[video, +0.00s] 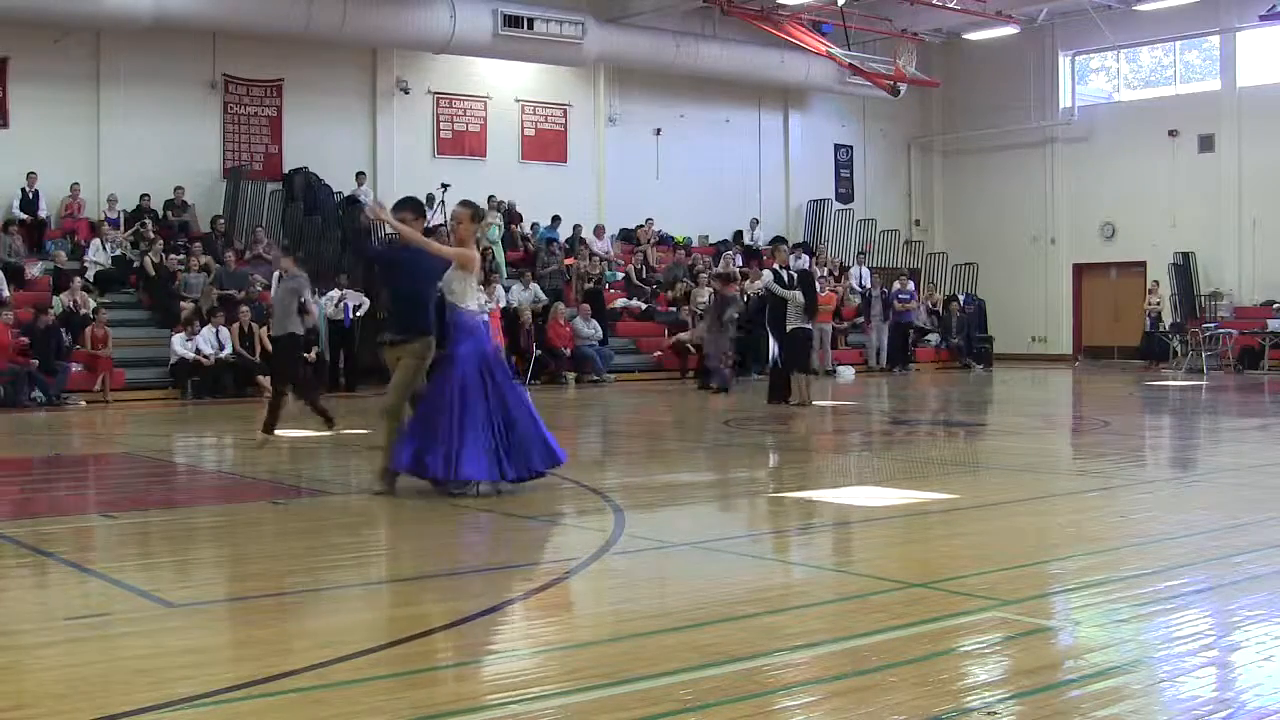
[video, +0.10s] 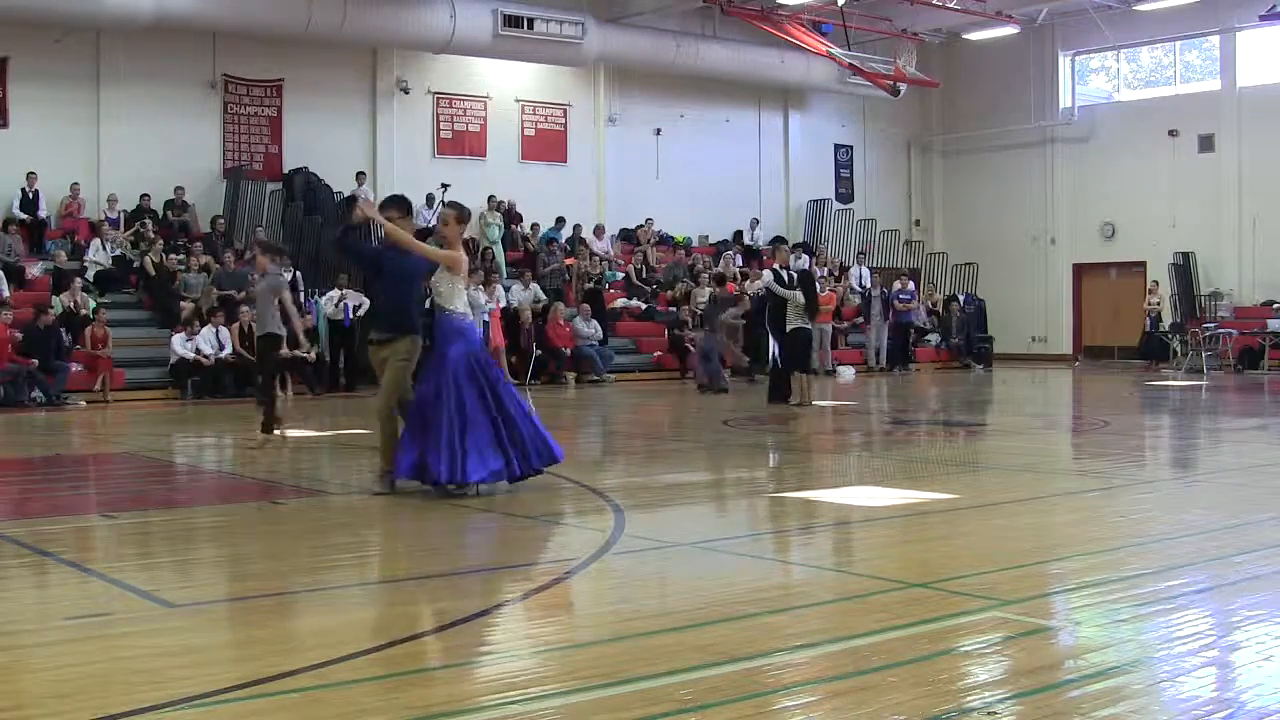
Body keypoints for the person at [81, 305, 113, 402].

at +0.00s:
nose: (106, 316)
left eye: (106, 314)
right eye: (103, 314)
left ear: (106, 316)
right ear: (96, 316)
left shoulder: (108, 330)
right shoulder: (89, 330)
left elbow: (109, 348)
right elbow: (88, 349)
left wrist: (102, 352)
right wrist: (100, 353)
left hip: (103, 355)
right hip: (92, 356)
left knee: (104, 360)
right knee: (106, 365)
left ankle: (98, 382)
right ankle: (107, 393)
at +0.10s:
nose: (105, 316)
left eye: (105, 314)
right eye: (102, 314)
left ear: (106, 316)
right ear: (96, 315)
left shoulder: (108, 330)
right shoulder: (89, 330)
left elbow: (109, 349)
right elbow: (88, 350)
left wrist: (99, 351)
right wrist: (100, 353)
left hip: (103, 355)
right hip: (92, 356)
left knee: (104, 360)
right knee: (106, 365)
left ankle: (98, 382)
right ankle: (107, 393)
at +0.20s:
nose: (105, 316)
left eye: (105, 314)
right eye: (102, 314)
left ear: (106, 316)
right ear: (95, 315)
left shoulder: (108, 330)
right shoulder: (89, 330)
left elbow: (109, 349)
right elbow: (88, 350)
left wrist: (99, 351)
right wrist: (100, 353)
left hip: (103, 355)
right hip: (92, 356)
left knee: (104, 360)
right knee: (106, 365)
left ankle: (98, 382)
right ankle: (107, 393)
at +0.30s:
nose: (105, 316)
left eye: (105, 314)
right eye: (102, 314)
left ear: (106, 316)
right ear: (95, 315)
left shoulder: (108, 330)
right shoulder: (89, 330)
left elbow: (109, 349)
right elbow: (88, 350)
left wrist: (99, 351)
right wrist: (100, 353)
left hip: (103, 355)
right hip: (92, 356)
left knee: (104, 360)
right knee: (106, 365)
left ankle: (98, 382)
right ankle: (107, 393)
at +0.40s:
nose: (105, 316)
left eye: (105, 314)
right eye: (102, 314)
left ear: (106, 316)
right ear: (95, 316)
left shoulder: (108, 331)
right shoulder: (88, 330)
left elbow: (109, 349)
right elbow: (88, 350)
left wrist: (100, 352)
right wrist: (99, 353)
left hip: (103, 355)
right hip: (92, 356)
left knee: (104, 359)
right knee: (106, 365)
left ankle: (98, 382)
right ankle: (106, 393)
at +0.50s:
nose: (105, 316)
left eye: (105, 314)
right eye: (102, 314)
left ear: (106, 316)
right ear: (96, 315)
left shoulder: (108, 331)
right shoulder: (89, 330)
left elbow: (109, 349)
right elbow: (88, 350)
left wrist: (100, 351)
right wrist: (100, 353)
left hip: (103, 355)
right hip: (92, 356)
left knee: (104, 359)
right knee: (106, 364)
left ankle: (98, 382)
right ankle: (107, 393)